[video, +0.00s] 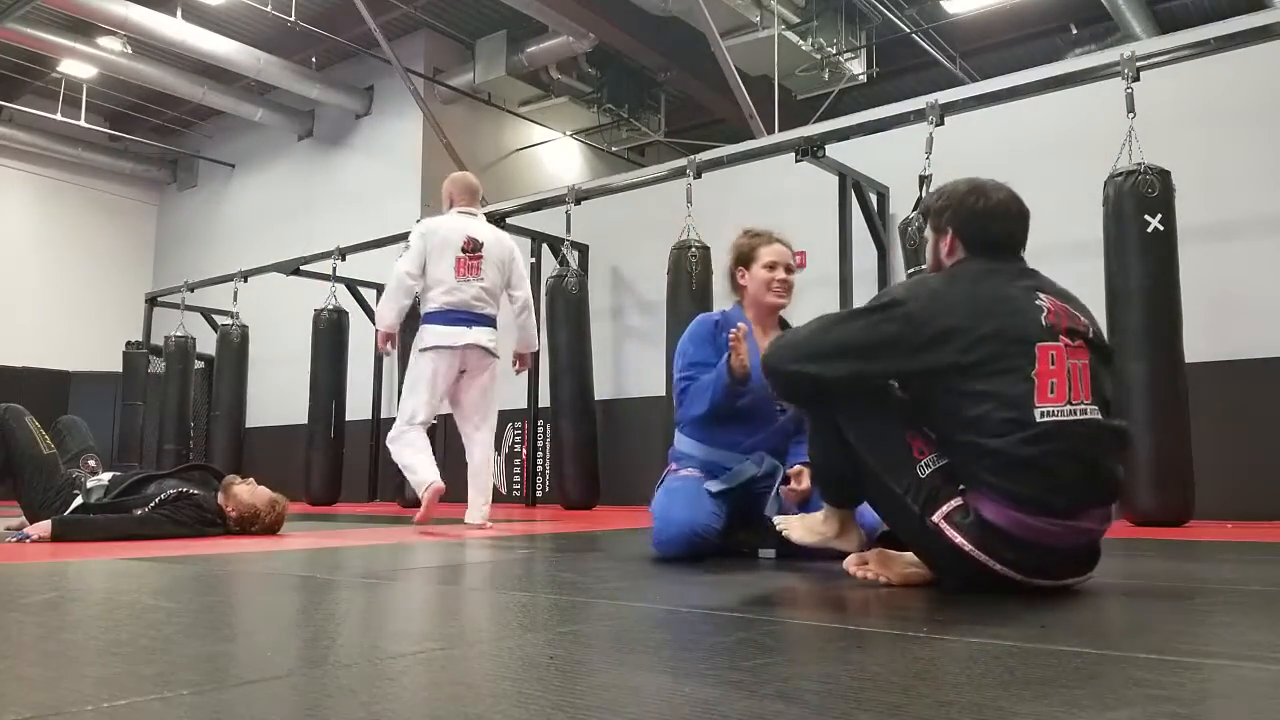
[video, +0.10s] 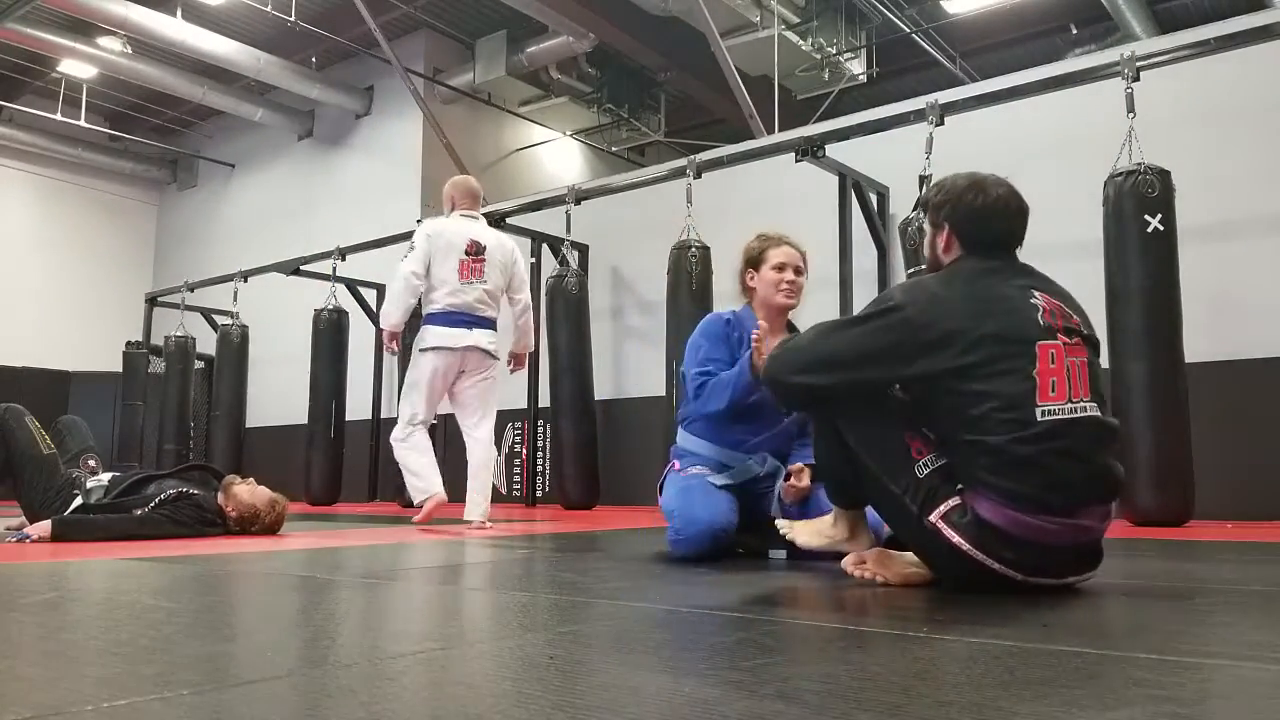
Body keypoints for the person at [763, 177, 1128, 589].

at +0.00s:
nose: (928, 252)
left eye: (931, 237)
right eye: (930, 238)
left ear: (950, 242)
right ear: (1013, 243)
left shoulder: (935, 298)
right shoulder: (1068, 305)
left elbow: (784, 360)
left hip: (993, 553)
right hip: (1076, 556)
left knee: (836, 379)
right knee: (942, 405)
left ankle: (836, 520)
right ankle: (931, 556)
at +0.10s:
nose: (925, 244)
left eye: (928, 230)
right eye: (927, 230)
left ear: (947, 239)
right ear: (1009, 238)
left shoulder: (930, 300)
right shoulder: (1061, 299)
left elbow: (784, 369)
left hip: (996, 554)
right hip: (1079, 553)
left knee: (836, 383)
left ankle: (846, 524)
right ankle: (928, 554)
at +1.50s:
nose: (946, 275)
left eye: (949, 263)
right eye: (947, 264)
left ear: (974, 256)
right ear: (1034, 266)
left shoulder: (961, 298)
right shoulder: (1092, 327)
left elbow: (812, 344)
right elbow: (1143, 446)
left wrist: (824, 406)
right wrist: (1136, 535)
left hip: (982, 536)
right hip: (1071, 559)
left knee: (854, 391)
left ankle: (843, 539)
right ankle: (928, 552)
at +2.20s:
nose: (1000, 283)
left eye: (1004, 273)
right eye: (1004, 274)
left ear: (1025, 266)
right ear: (1088, 282)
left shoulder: (1004, 297)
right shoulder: (1150, 345)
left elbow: (864, 332)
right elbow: (1219, 473)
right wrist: (1234, 569)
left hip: (978, 508)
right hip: (1062, 563)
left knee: (880, 376)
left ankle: (846, 538)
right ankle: (929, 551)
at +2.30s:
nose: (995, 290)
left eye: (997, 281)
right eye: (998, 282)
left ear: (1018, 271)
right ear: (1082, 284)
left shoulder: (998, 298)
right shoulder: (1149, 345)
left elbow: (866, 334)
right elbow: (1217, 472)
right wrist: (1234, 569)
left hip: (980, 507)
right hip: (1064, 563)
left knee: (881, 373)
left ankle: (848, 537)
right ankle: (930, 551)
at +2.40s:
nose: (990, 295)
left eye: (994, 285)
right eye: (994, 286)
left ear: (1012, 276)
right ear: (1073, 288)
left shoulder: (995, 301)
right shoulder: (1144, 348)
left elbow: (867, 343)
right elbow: (1214, 469)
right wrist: (1233, 567)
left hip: (982, 508)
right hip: (1068, 561)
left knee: (875, 371)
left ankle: (848, 537)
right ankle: (930, 554)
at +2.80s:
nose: (983, 298)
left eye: (986, 289)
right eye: (987, 291)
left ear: (1005, 277)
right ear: (1064, 284)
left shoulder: (981, 305)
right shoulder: (1135, 341)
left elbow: (874, 358)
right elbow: (1192, 459)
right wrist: (1230, 561)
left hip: (982, 505)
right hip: (1067, 560)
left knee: (884, 367)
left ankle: (846, 537)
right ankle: (933, 550)